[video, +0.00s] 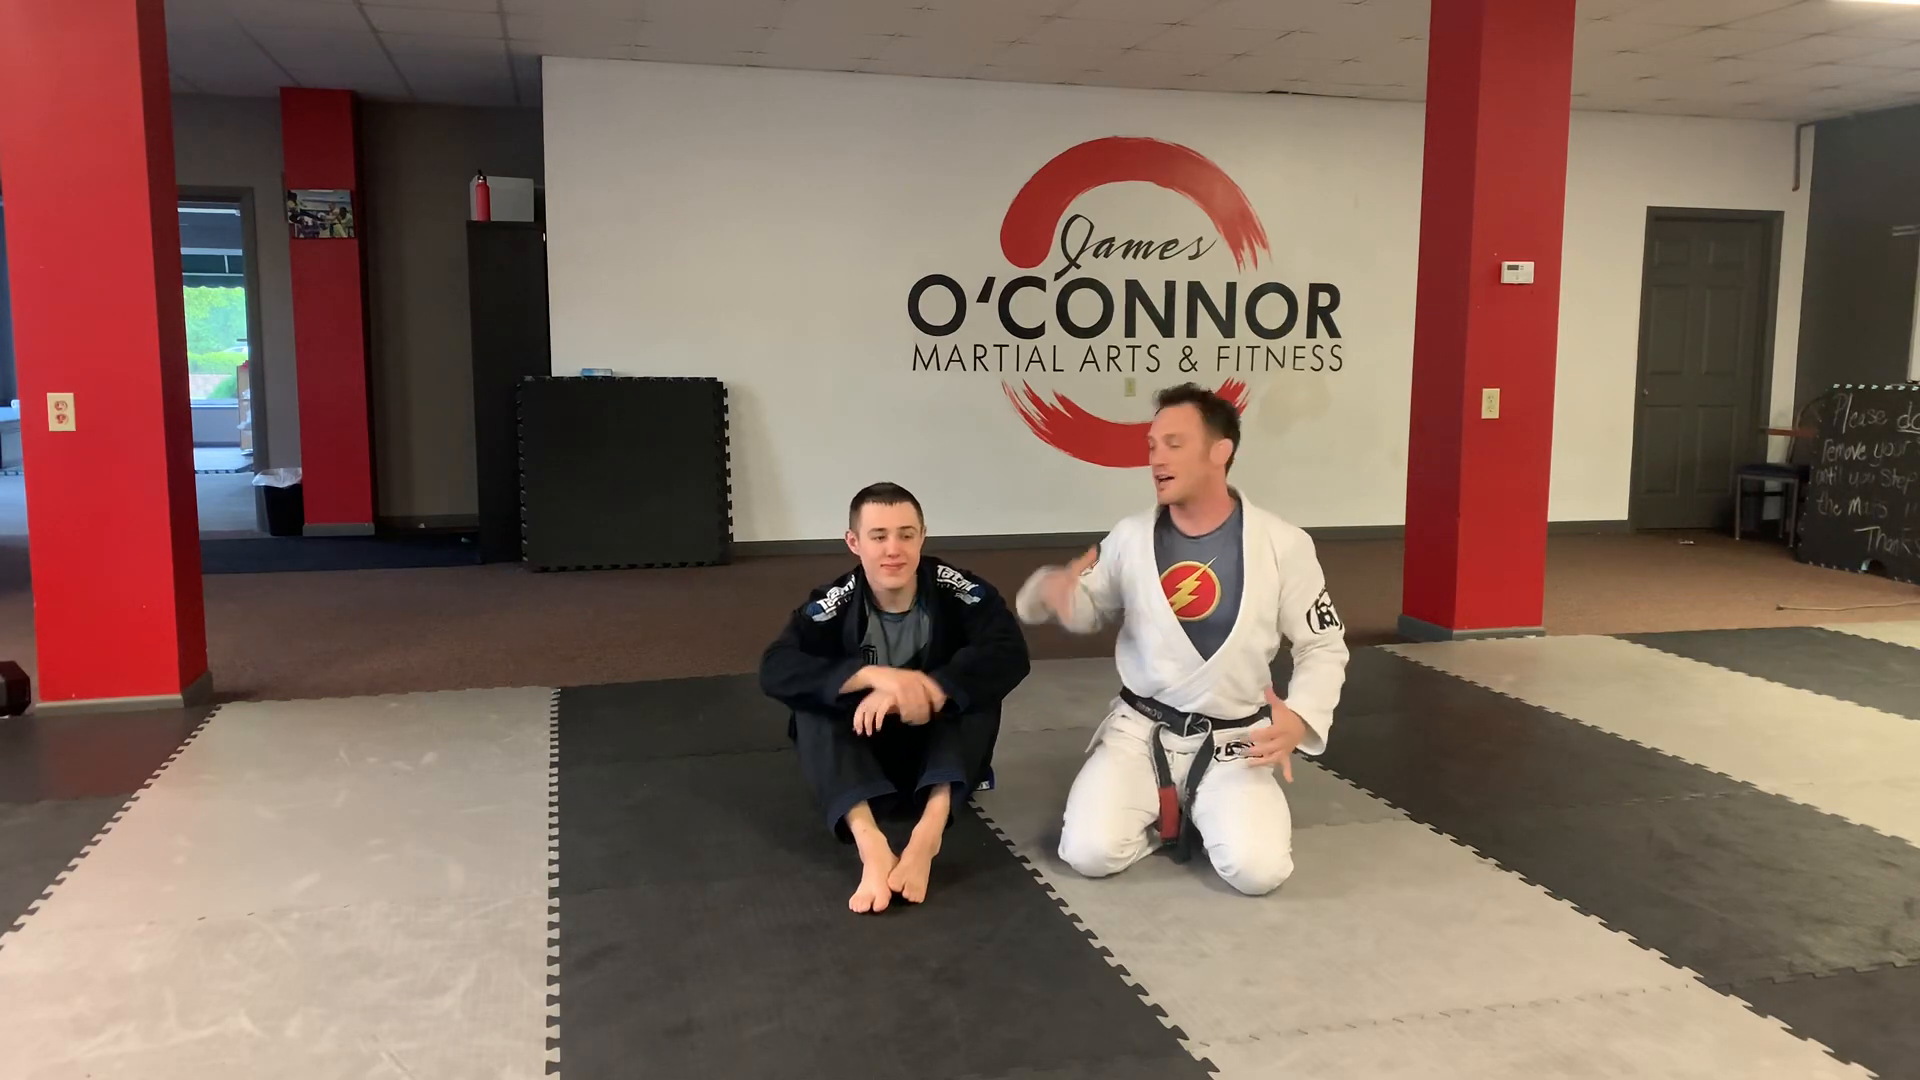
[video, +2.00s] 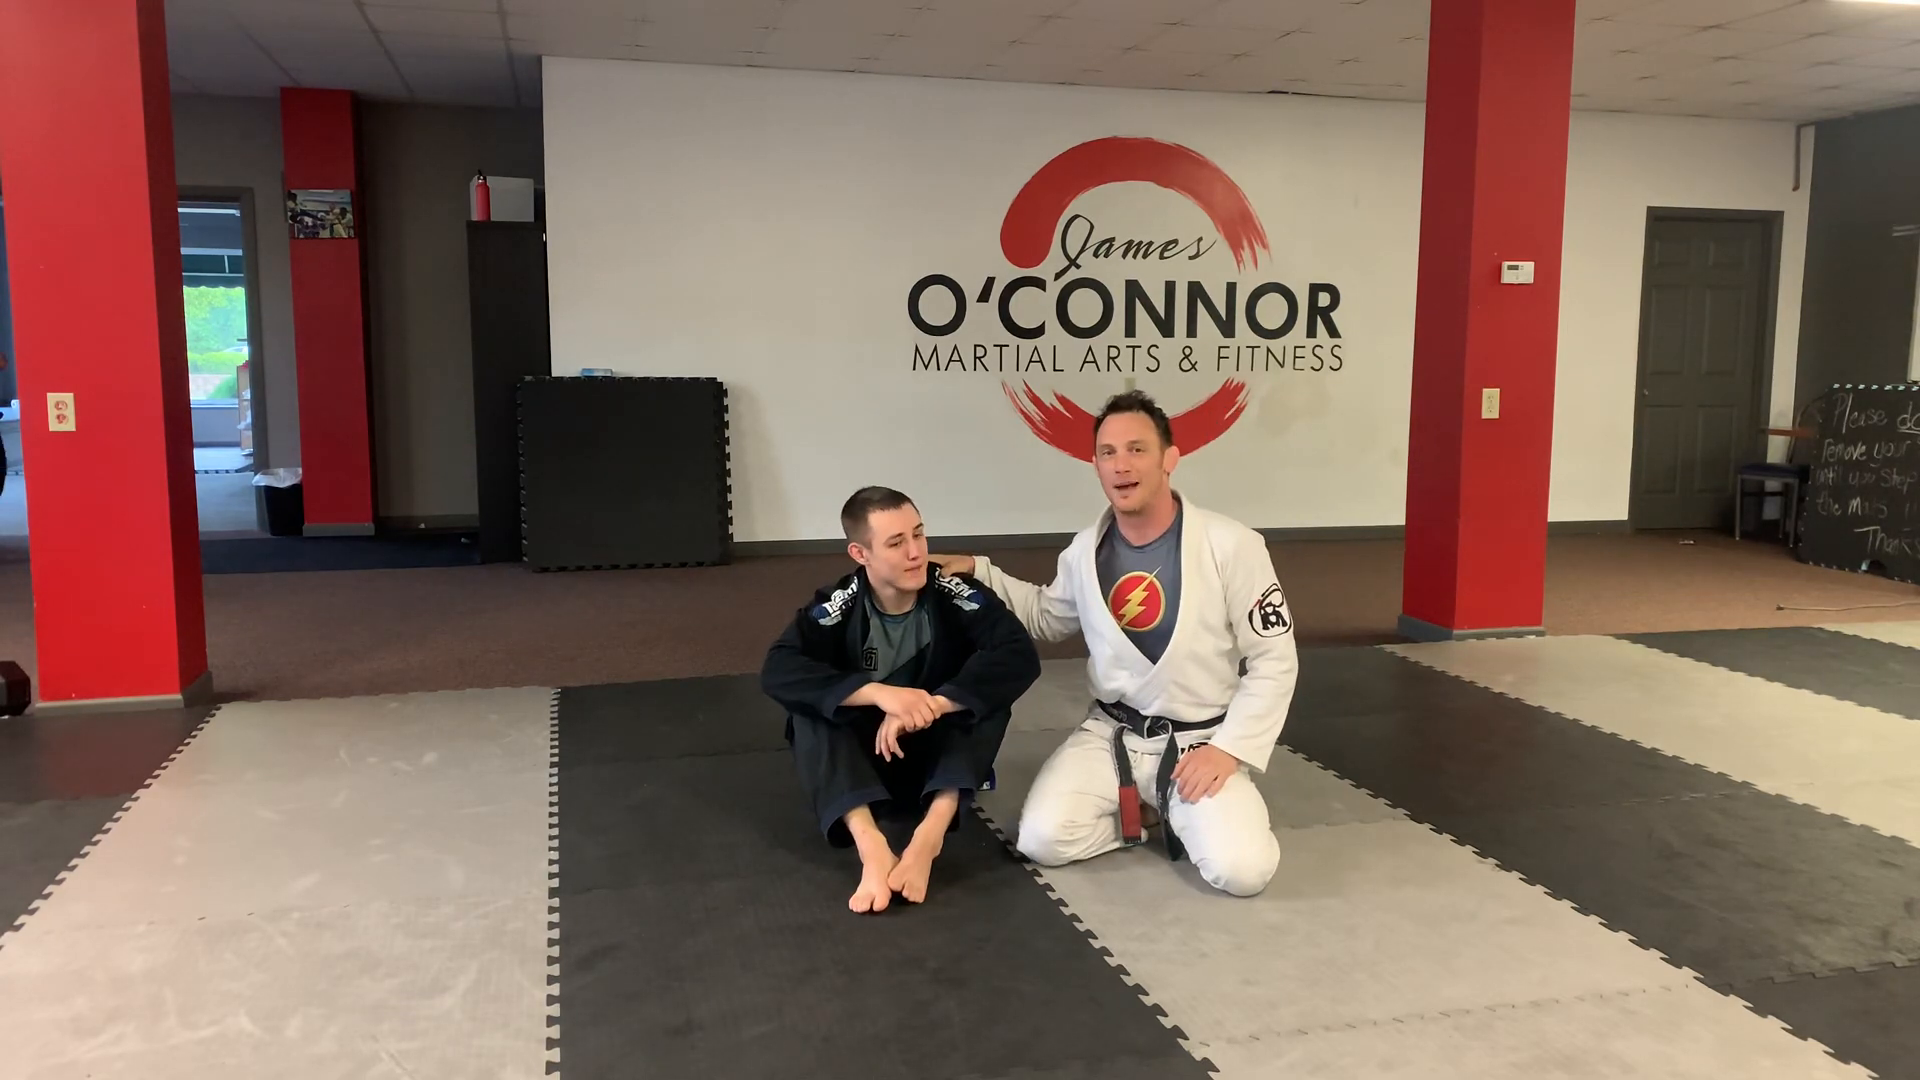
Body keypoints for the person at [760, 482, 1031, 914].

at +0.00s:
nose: (894, 549)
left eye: (906, 535)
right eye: (878, 537)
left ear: (921, 538)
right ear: (853, 543)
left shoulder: (962, 592)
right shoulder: (833, 603)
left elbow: (1009, 655)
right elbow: (776, 669)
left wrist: (912, 691)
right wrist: (871, 674)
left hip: (940, 755)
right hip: (860, 758)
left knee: (977, 691)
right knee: (813, 705)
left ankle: (929, 833)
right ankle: (870, 844)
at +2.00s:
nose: (915, 552)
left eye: (917, 535)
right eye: (896, 543)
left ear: (925, 533)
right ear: (861, 554)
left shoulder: (954, 594)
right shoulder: (836, 606)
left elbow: (1019, 655)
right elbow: (779, 671)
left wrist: (928, 706)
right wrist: (880, 693)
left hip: (937, 754)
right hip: (860, 757)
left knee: (987, 698)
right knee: (808, 710)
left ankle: (931, 834)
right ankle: (870, 846)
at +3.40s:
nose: (901, 555)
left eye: (910, 539)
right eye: (884, 543)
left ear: (922, 535)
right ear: (855, 546)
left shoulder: (956, 591)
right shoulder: (835, 604)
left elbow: (1014, 655)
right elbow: (781, 669)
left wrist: (926, 706)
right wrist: (879, 692)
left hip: (938, 752)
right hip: (860, 755)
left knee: (985, 697)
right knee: (810, 706)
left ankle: (929, 836)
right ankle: (870, 845)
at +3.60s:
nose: (901, 557)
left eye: (910, 541)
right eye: (884, 545)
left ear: (922, 535)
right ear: (855, 547)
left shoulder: (959, 591)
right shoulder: (835, 604)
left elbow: (1014, 657)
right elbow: (781, 670)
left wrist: (925, 707)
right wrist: (879, 692)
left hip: (938, 753)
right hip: (860, 756)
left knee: (985, 696)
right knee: (810, 707)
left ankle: (929, 835)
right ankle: (871, 846)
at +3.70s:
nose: (902, 558)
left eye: (912, 542)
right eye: (885, 546)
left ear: (923, 536)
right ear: (856, 547)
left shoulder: (956, 591)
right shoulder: (836, 603)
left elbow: (1014, 657)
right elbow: (781, 669)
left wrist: (926, 708)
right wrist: (879, 692)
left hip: (938, 753)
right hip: (860, 756)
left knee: (986, 697)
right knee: (810, 708)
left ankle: (929, 835)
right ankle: (870, 845)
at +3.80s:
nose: (902, 558)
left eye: (912, 542)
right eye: (885, 546)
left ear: (923, 536)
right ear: (856, 547)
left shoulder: (960, 593)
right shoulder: (835, 605)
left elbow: (1014, 657)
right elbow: (781, 670)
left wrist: (924, 707)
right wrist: (879, 691)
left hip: (938, 754)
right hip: (859, 756)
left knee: (985, 697)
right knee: (811, 708)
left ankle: (929, 836)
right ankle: (871, 847)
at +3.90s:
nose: (903, 558)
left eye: (913, 541)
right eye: (886, 545)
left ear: (924, 536)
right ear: (857, 547)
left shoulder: (960, 592)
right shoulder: (836, 604)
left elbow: (1014, 655)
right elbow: (782, 669)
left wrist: (926, 706)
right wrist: (879, 691)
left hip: (937, 753)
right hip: (859, 755)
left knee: (986, 695)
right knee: (812, 707)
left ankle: (929, 835)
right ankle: (871, 846)